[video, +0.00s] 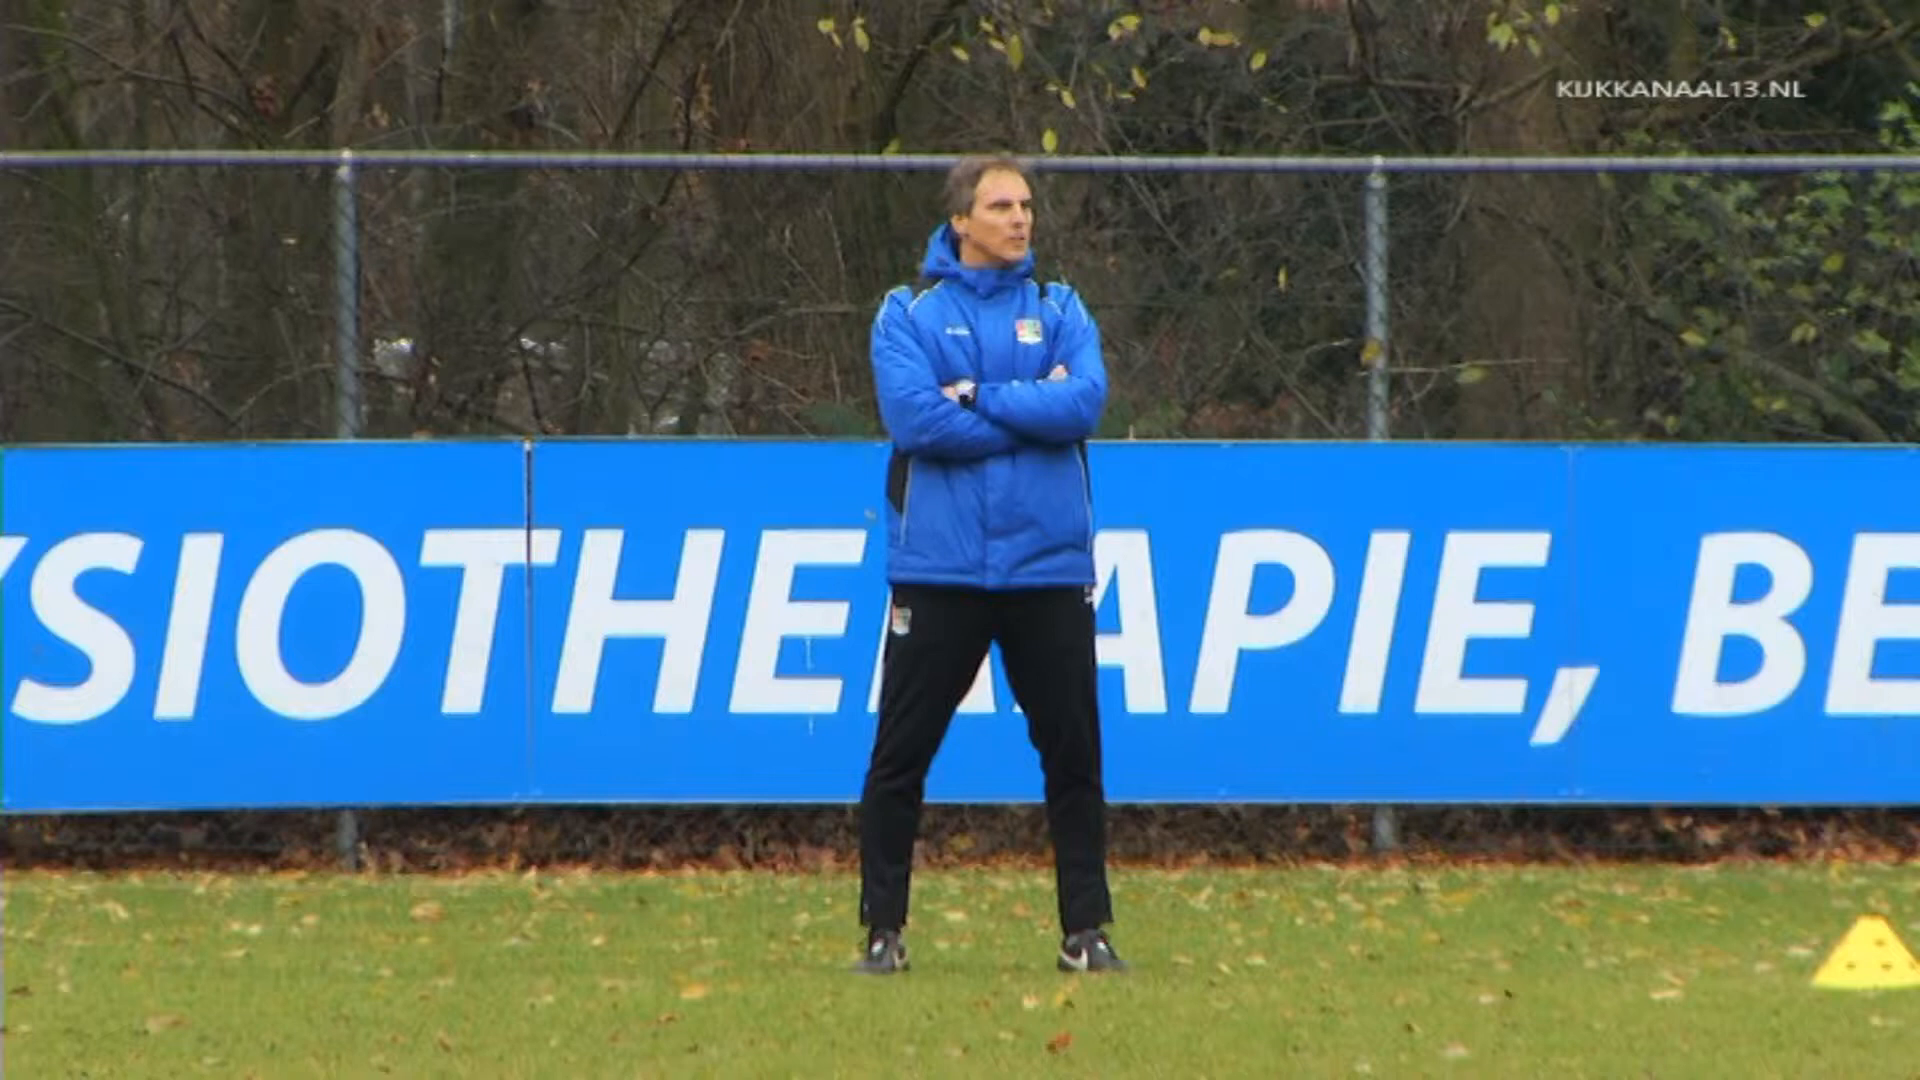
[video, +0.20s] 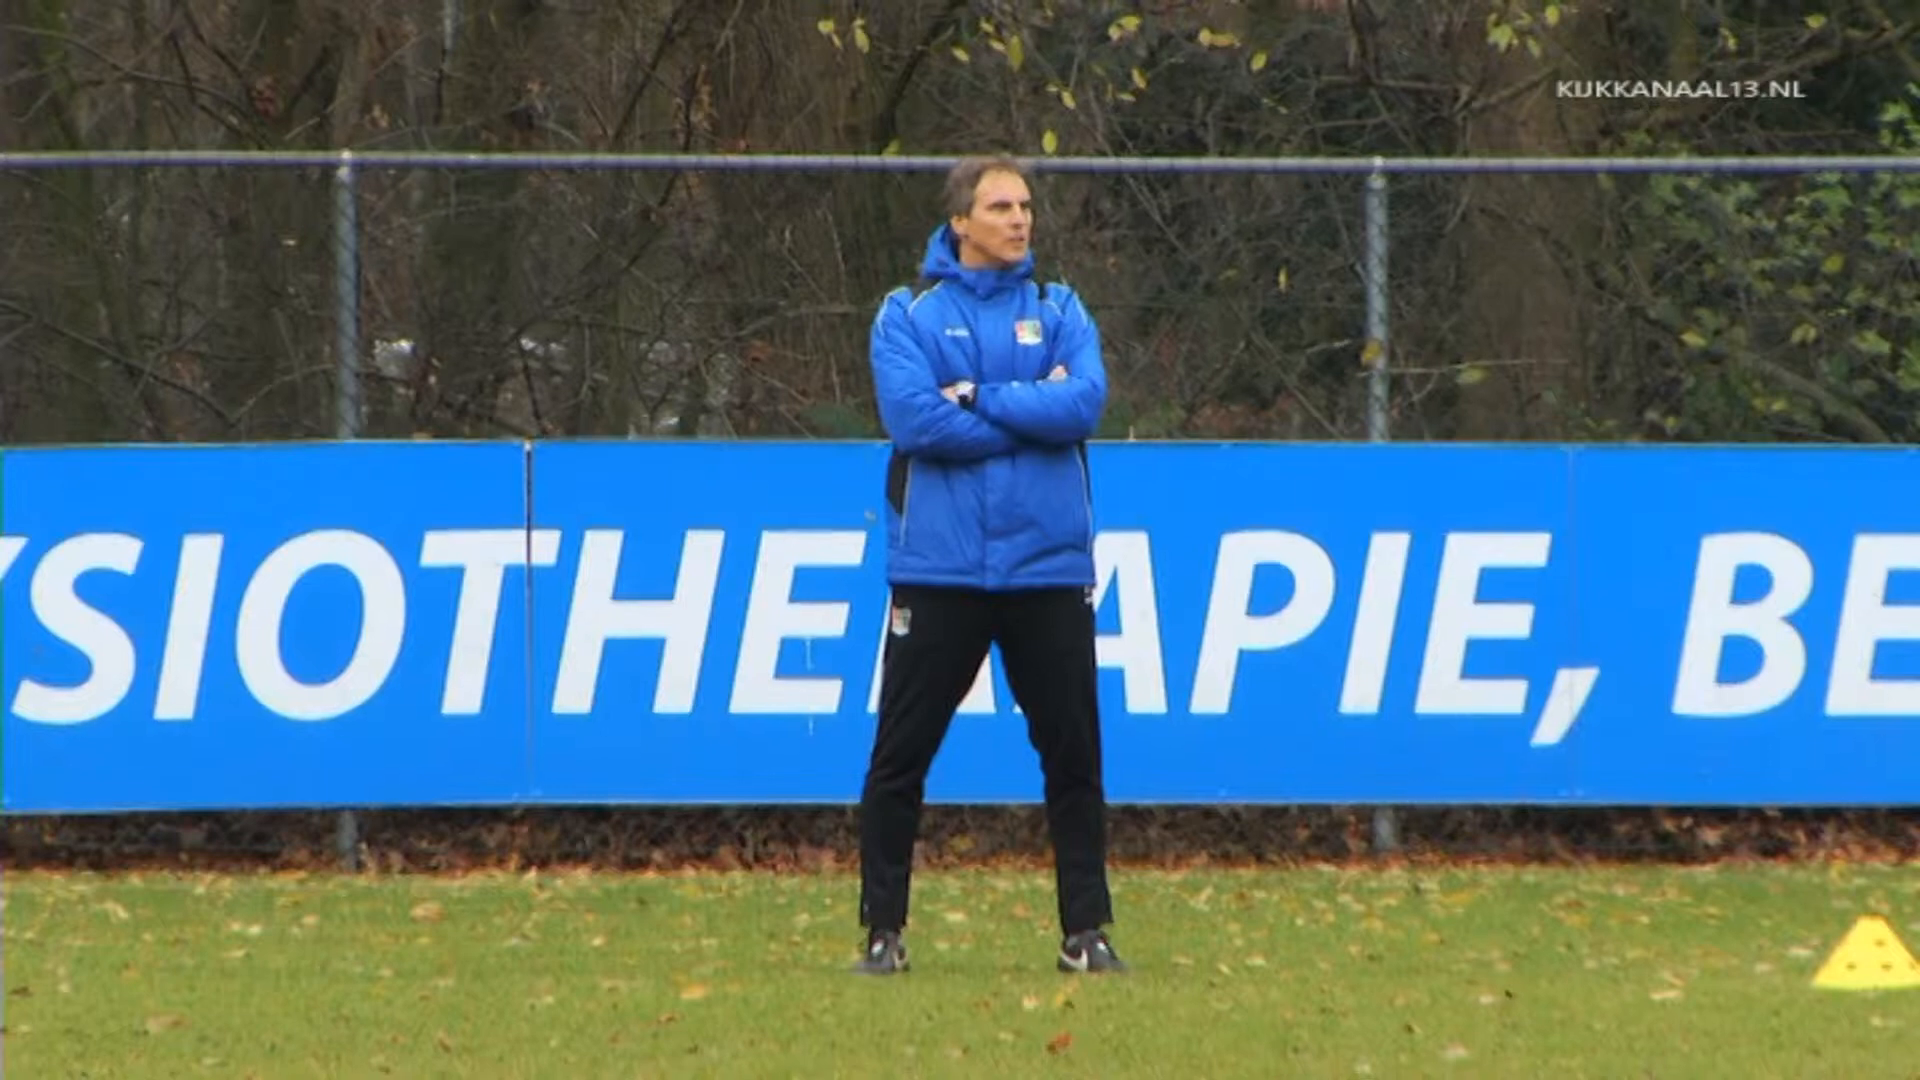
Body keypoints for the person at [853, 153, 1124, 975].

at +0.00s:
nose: (1019, 218)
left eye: (1025, 206)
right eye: (1001, 207)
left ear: (1033, 219)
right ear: (961, 223)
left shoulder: (1061, 306)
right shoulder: (906, 312)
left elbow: (1084, 403)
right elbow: (917, 424)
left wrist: (974, 393)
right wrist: (1027, 416)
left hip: (1050, 569)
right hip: (941, 571)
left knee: (1074, 752)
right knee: (902, 754)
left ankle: (1086, 933)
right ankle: (883, 932)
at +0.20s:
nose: (1018, 219)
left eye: (1025, 207)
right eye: (1001, 208)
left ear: (1033, 221)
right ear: (960, 223)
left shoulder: (1060, 308)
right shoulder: (906, 313)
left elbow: (1083, 404)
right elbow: (916, 425)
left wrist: (975, 394)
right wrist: (1027, 417)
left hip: (1050, 570)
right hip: (941, 572)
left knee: (1074, 753)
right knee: (902, 754)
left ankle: (1086, 933)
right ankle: (883, 932)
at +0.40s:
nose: (1018, 221)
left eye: (1024, 209)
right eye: (1000, 210)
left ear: (1032, 222)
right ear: (960, 225)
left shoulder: (1059, 309)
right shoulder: (906, 315)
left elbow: (1083, 405)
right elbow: (917, 427)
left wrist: (974, 396)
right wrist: (1027, 419)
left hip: (1049, 571)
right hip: (940, 573)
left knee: (1073, 754)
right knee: (901, 756)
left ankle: (1085, 935)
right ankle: (882, 934)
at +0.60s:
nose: (1018, 220)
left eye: (1024, 208)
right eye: (1000, 209)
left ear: (1032, 221)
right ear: (960, 224)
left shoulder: (1059, 308)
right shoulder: (906, 314)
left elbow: (1083, 405)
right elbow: (918, 427)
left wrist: (974, 395)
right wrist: (1027, 417)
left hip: (1050, 570)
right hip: (940, 572)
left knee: (1073, 752)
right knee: (902, 754)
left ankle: (1085, 933)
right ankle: (882, 932)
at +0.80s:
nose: (1018, 218)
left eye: (1024, 206)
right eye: (1000, 207)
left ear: (1032, 220)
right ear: (959, 222)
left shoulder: (1059, 306)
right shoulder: (906, 313)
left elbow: (1083, 403)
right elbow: (917, 426)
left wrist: (974, 394)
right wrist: (1027, 415)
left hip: (1050, 569)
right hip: (941, 571)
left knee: (1074, 753)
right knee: (902, 754)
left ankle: (1086, 932)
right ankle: (883, 931)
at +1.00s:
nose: (1017, 215)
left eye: (1023, 204)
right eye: (999, 205)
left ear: (1031, 217)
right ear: (958, 220)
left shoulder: (1058, 304)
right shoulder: (905, 311)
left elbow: (1082, 401)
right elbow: (917, 424)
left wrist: (973, 392)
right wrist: (1026, 413)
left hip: (1050, 566)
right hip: (941, 568)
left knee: (1073, 750)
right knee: (901, 751)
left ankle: (1085, 930)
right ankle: (882, 929)